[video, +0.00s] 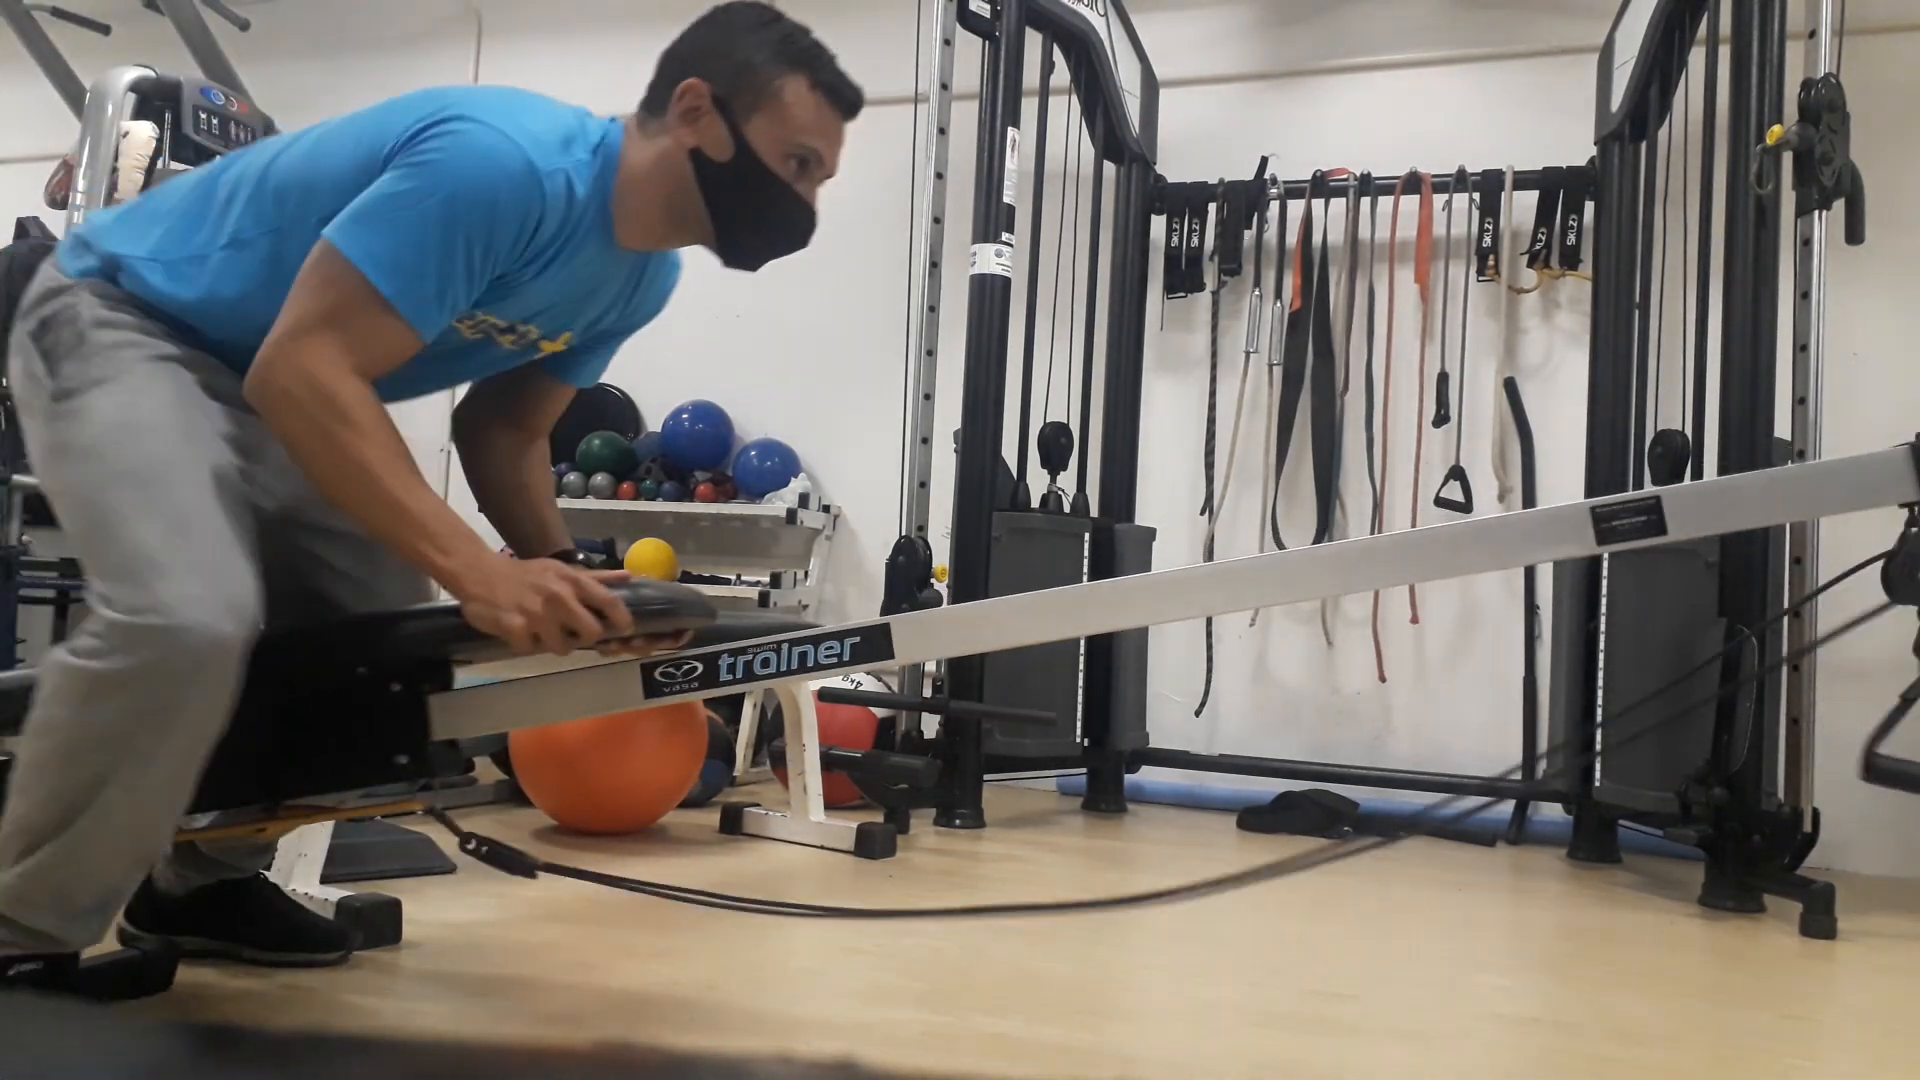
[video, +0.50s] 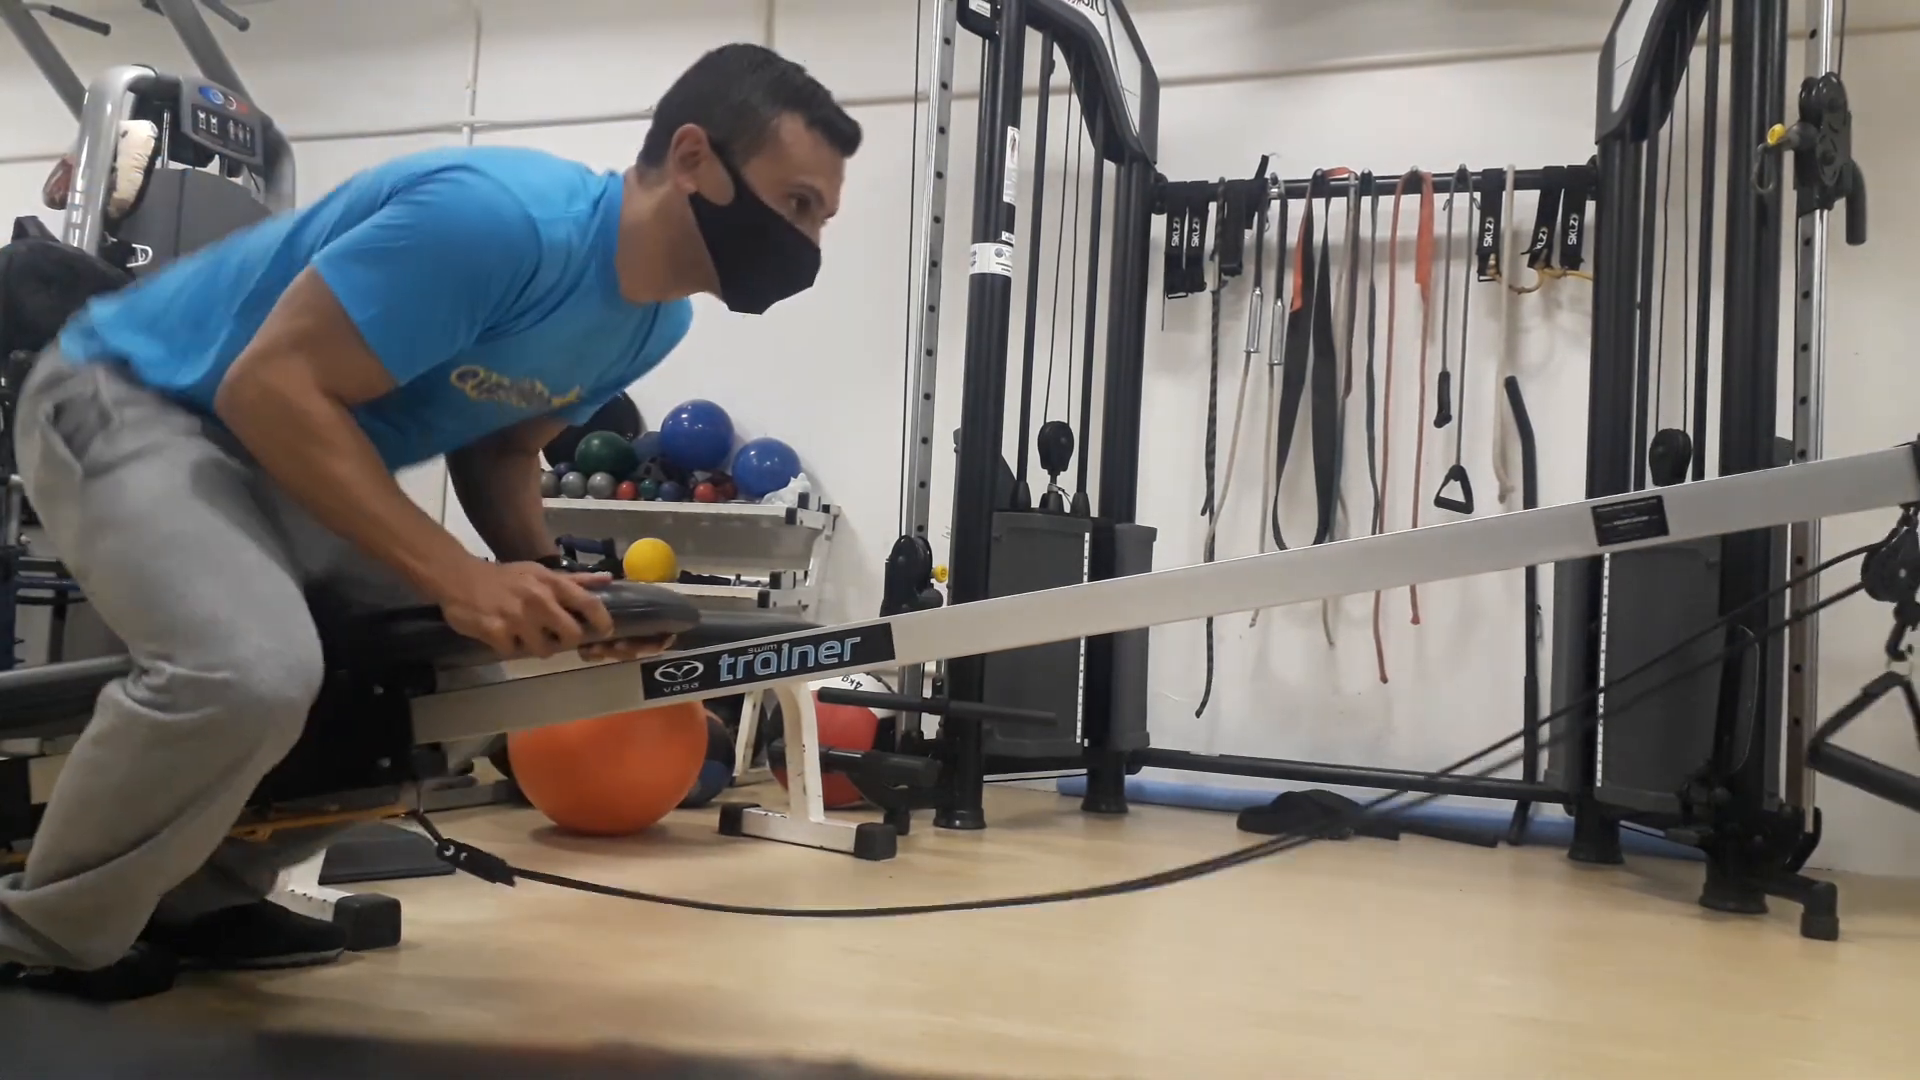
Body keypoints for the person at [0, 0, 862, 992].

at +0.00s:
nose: (812, 202)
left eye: (824, 182)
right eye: (801, 164)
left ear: (700, 127)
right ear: (696, 113)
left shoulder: (644, 275)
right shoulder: (497, 168)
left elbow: (505, 424)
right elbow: (296, 372)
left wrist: (557, 581)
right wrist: (476, 569)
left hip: (274, 384)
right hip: (117, 316)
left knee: (400, 633)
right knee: (190, 616)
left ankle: (206, 870)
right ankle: (25, 929)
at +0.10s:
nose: (825, 192)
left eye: (837, 171)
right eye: (812, 153)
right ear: (708, 106)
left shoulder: (656, 277)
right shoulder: (504, 168)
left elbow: (506, 420)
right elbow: (291, 365)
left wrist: (549, 575)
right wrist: (454, 569)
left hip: (296, 395)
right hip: (137, 343)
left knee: (424, 640)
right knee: (225, 642)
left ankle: (211, 870)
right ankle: (39, 924)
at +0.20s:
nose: (826, 199)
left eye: (837, 179)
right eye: (811, 162)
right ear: (702, 120)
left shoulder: (660, 292)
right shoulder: (502, 188)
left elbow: (501, 427)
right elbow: (279, 370)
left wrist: (533, 570)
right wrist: (441, 574)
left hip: (313, 436)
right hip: (147, 387)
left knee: (462, 660)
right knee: (230, 665)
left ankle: (214, 867)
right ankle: (41, 933)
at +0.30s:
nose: (817, 224)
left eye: (828, 202)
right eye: (803, 186)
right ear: (692, 145)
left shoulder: (656, 315)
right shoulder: (494, 212)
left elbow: (500, 433)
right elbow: (263, 381)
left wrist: (525, 575)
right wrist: (434, 577)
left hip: (317, 471)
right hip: (150, 425)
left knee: (501, 675)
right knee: (246, 682)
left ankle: (219, 873)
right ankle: (47, 936)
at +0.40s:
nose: (809, 238)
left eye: (821, 216)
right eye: (796, 200)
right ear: (684, 160)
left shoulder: (654, 326)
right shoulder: (488, 228)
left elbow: (498, 440)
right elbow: (258, 396)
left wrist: (537, 577)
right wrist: (446, 578)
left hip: (314, 480)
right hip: (146, 433)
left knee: (529, 670)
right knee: (259, 685)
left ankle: (220, 887)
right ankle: (49, 937)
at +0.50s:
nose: (812, 242)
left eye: (826, 220)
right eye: (800, 203)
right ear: (689, 158)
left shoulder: (654, 317)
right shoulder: (494, 220)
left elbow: (502, 438)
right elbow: (266, 393)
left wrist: (541, 580)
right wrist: (458, 577)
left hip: (293, 443)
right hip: (129, 397)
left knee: (441, 657)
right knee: (254, 668)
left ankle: (209, 891)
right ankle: (45, 933)